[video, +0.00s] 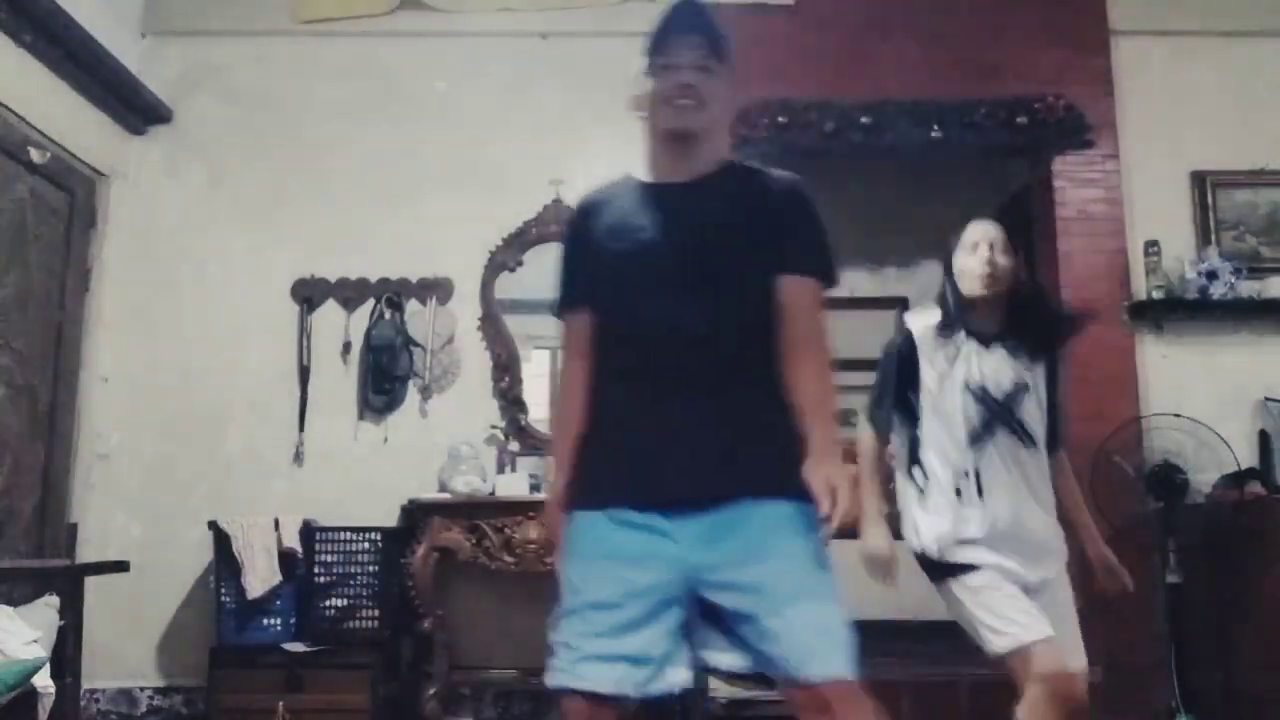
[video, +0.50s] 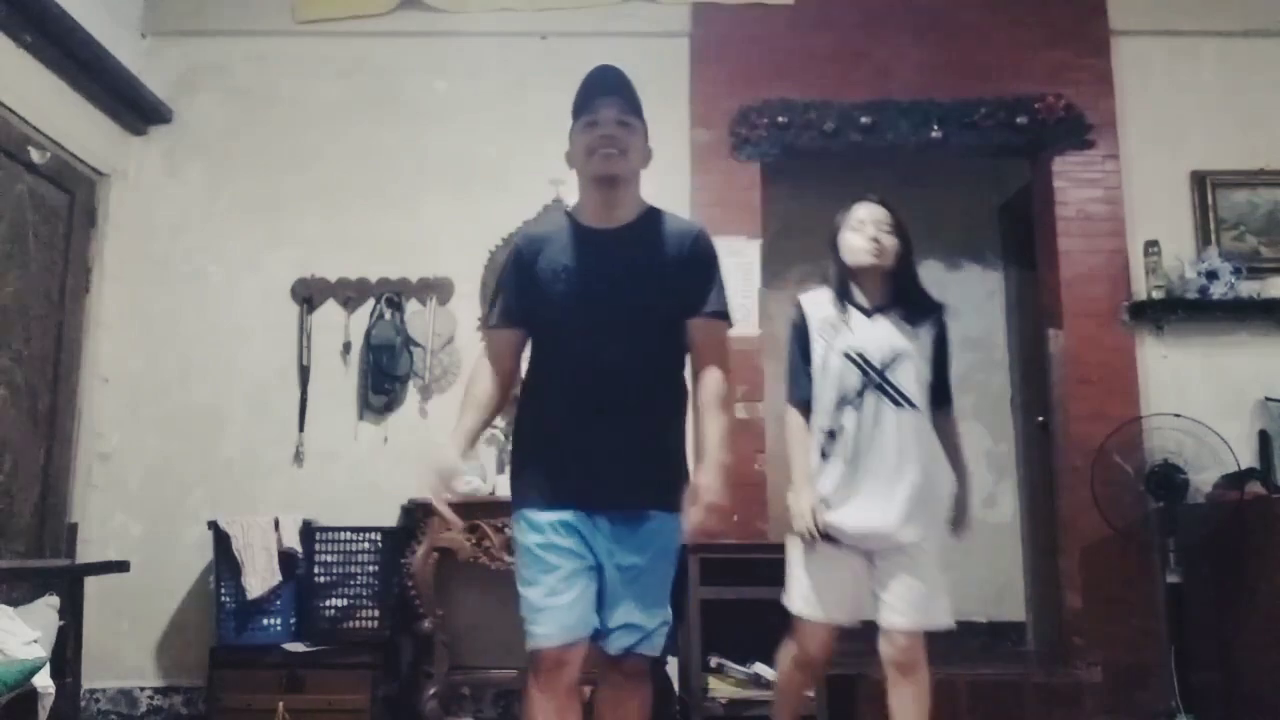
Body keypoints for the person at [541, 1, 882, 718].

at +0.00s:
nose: (684, 81)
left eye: (703, 67)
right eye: (667, 68)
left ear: (734, 90)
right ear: (644, 91)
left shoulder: (777, 202)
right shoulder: (600, 216)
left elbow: (805, 342)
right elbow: (578, 366)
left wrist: (822, 446)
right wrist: (560, 494)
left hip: (757, 506)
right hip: (618, 511)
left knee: (830, 689)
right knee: (585, 701)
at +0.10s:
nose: (648, 81)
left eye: (665, 68)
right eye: (629, 69)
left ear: (688, 87)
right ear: (604, 92)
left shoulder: (740, 196)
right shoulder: (568, 208)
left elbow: (778, 335)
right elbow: (540, 348)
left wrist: (800, 456)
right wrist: (515, 456)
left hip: (725, 486)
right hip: (596, 494)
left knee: (768, 677)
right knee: (581, 691)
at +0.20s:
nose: (623, 93)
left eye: (639, 82)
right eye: (605, 84)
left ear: (663, 103)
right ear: (581, 110)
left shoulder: (715, 207)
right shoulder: (552, 225)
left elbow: (762, 333)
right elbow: (509, 346)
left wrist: (781, 451)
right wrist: (462, 411)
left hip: (692, 482)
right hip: (568, 489)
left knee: (708, 684)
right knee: (566, 687)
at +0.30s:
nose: (608, 118)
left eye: (624, 106)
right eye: (590, 109)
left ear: (650, 129)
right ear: (568, 136)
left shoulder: (699, 220)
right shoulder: (541, 242)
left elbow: (744, 349)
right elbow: (504, 351)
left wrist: (763, 466)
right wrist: (436, 400)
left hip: (660, 485)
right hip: (551, 486)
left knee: (653, 690)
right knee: (562, 678)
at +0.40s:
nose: (605, 130)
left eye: (621, 118)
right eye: (587, 121)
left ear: (646, 139)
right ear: (566, 149)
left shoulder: (691, 235)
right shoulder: (539, 253)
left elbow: (726, 359)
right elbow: (501, 362)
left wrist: (744, 461)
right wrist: (427, 413)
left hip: (654, 490)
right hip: (553, 492)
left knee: (631, 680)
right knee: (559, 675)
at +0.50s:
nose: (607, 134)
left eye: (623, 123)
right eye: (591, 125)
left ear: (647, 148)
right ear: (570, 150)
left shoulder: (684, 245)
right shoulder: (534, 246)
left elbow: (711, 364)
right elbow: (497, 363)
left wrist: (712, 473)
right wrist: (455, 447)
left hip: (649, 491)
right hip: (551, 489)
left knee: (630, 667)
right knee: (557, 659)